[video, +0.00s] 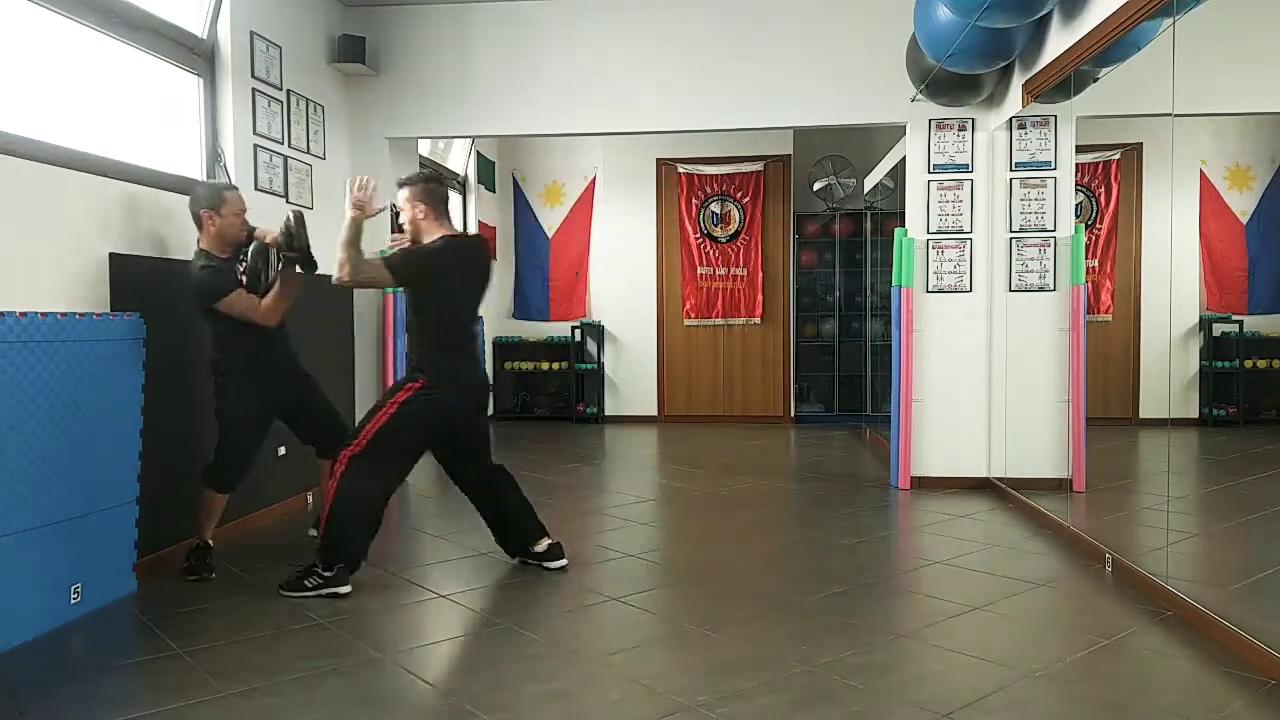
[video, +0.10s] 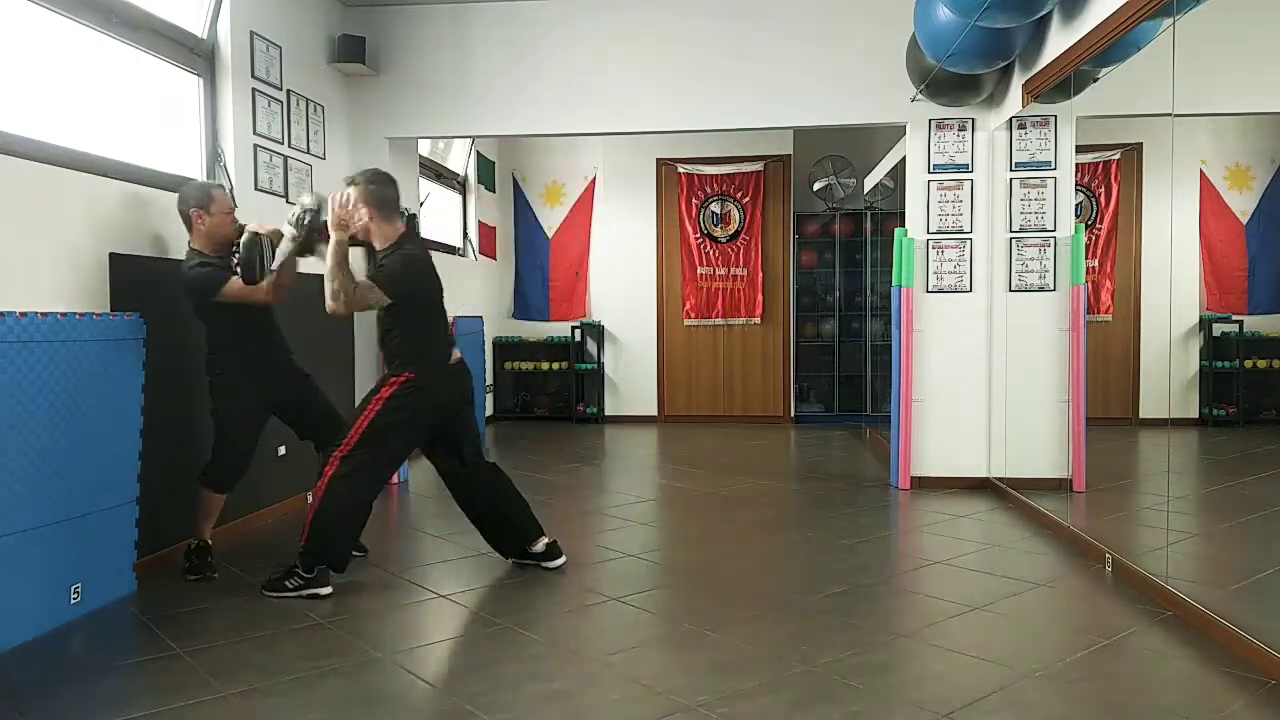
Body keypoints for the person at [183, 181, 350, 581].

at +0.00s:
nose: (245, 222)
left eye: (244, 214)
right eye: (238, 215)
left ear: (217, 218)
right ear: (209, 219)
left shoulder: (243, 245)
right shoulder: (204, 277)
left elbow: (288, 244)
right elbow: (268, 314)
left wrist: (277, 243)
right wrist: (290, 264)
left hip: (284, 374)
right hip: (242, 384)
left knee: (336, 440)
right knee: (227, 467)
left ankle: (327, 522)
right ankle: (203, 544)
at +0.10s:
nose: (237, 220)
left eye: (235, 213)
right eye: (229, 213)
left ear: (204, 219)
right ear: (199, 219)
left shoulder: (239, 256)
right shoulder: (197, 276)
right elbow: (268, 295)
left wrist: (277, 238)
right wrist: (288, 246)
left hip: (279, 373)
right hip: (238, 384)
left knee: (338, 440)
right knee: (227, 465)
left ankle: (335, 532)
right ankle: (201, 543)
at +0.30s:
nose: (222, 221)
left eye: (220, 214)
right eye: (213, 216)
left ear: (188, 220)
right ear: (182, 222)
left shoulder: (229, 240)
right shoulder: (172, 273)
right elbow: (205, 339)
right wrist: (233, 293)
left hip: (275, 368)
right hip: (231, 382)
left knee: (327, 438)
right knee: (220, 464)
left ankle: (325, 535)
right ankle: (201, 543)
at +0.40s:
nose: (220, 217)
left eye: (219, 210)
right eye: (211, 212)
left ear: (212, 212)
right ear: (181, 218)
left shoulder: (229, 240)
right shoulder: (175, 269)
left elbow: (268, 261)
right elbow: (191, 340)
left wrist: (223, 261)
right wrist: (228, 316)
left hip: (273, 364)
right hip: (227, 377)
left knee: (322, 435)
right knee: (220, 458)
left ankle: (327, 533)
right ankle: (201, 544)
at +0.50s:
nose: (228, 215)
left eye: (227, 207)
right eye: (219, 208)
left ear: (195, 212)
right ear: (188, 212)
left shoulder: (244, 248)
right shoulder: (178, 272)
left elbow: (287, 280)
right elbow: (188, 338)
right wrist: (235, 318)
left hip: (275, 366)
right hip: (228, 379)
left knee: (324, 435)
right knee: (219, 459)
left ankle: (326, 533)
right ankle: (201, 544)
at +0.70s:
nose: (264, 202)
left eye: (262, 196)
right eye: (254, 196)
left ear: (231, 201)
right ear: (225, 202)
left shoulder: (271, 246)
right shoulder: (210, 256)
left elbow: (285, 288)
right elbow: (203, 319)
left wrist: (312, 299)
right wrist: (264, 318)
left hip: (284, 362)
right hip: (238, 368)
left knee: (319, 441)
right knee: (225, 453)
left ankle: (287, 520)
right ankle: (202, 540)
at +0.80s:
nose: (289, 206)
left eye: (287, 199)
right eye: (280, 199)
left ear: (263, 204)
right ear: (252, 204)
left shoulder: (293, 251)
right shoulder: (234, 256)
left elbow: (303, 294)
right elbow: (216, 317)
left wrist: (326, 307)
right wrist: (276, 331)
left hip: (297, 369)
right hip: (253, 371)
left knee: (306, 456)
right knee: (240, 457)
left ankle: (276, 534)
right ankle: (207, 537)